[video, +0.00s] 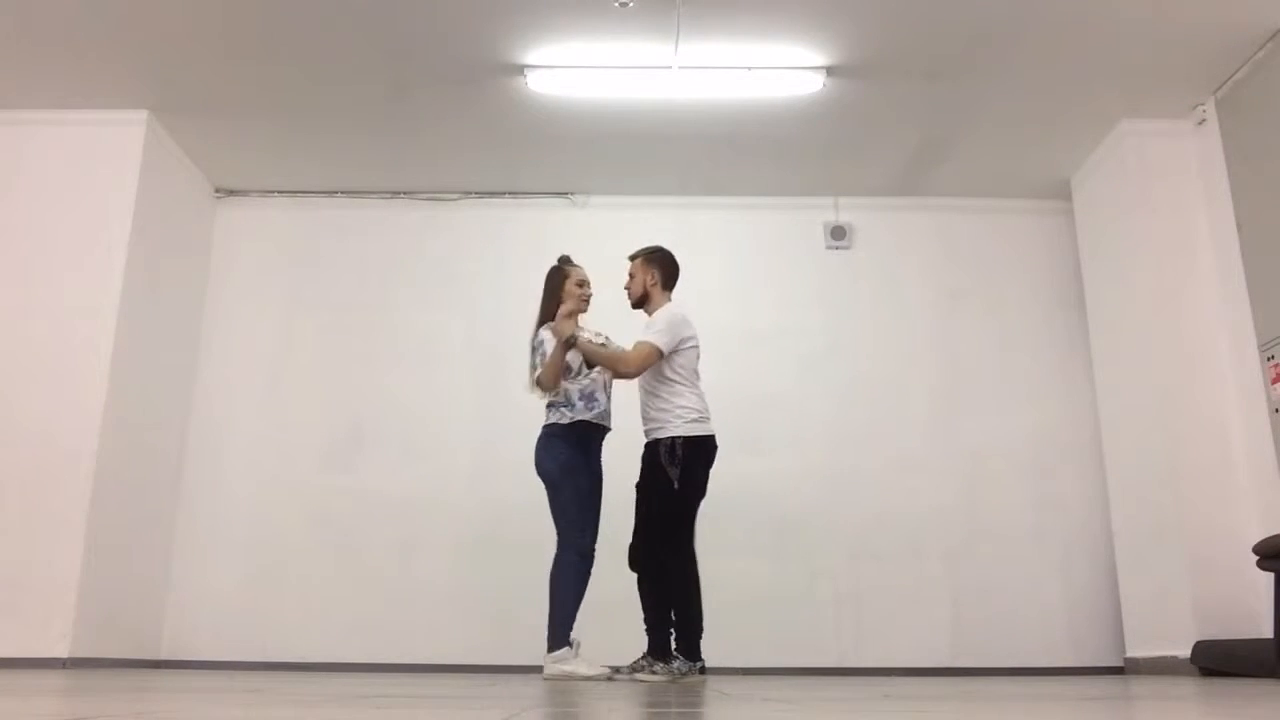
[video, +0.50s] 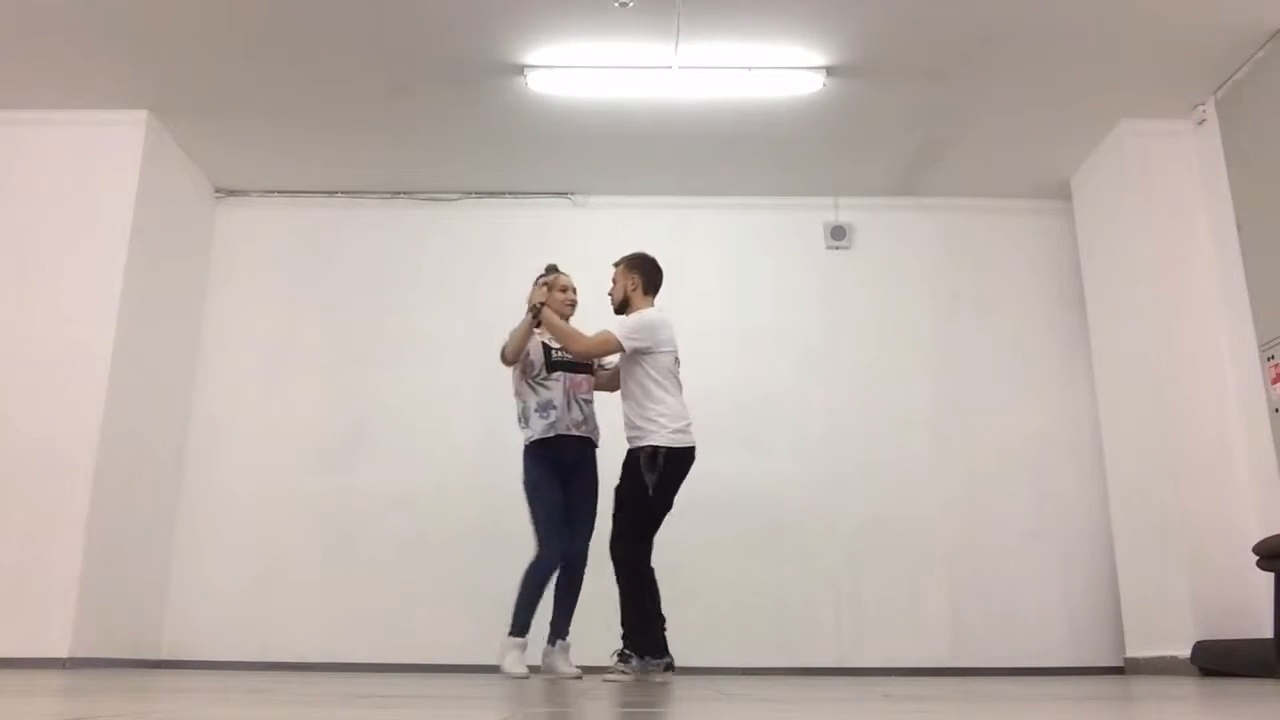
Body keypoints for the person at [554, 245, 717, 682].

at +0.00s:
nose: (625, 283)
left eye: (630, 274)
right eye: (627, 275)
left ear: (652, 276)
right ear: (653, 278)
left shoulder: (671, 318)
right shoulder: (659, 322)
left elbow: (629, 365)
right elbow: (628, 365)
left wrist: (577, 340)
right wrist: (596, 347)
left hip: (681, 444)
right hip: (668, 444)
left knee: (665, 551)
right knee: (652, 551)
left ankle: (682, 657)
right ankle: (663, 654)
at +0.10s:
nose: (619, 284)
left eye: (623, 275)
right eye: (621, 275)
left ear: (643, 277)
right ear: (648, 279)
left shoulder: (660, 320)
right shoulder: (655, 322)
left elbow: (619, 377)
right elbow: (626, 373)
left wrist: (566, 357)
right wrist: (600, 356)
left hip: (673, 447)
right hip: (664, 446)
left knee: (651, 550)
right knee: (651, 549)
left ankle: (676, 653)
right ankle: (668, 652)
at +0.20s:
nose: (615, 285)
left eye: (620, 276)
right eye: (617, 277)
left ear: (638, 279)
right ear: (645, 281)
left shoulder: (651, 323)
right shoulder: (649, 323)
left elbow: (606, 378)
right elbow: (612, 372)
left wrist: (551, 353)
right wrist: (564, 352)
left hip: (669, 445)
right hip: (664, 443)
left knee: (637, 541)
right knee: (640, 541)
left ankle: (665, 647)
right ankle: (667, 644)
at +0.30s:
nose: (611, 288)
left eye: (615, 278)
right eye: (613, 279)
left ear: (633, 280)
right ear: (642, 282)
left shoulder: (646, 323)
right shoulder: (655, 325)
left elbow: (593, 366)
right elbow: (614, 377)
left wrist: (546, 338)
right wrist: (559, 354)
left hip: (663, 443)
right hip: (667, 442)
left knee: (626, 535)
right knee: (642, 539)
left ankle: (655, 647)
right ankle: (655, 646)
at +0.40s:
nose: (610, 287)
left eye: (614, 278)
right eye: (612, 279)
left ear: (632, 280)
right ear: (641, 283)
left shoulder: (647, 322)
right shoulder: (650, 326)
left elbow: (587, 354)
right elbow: (616, 378)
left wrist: (540, 321)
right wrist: (561, 366)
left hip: (662, 445)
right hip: (662, 445)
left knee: (624, 537)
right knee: (641, 542)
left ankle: (639, 647)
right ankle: (654, 650)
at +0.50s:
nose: (610, 286)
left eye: (614, 278)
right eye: (612, 278)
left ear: (632, 280)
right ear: (641, 283)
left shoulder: (649, 322)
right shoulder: (644, 328)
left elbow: (585, 346)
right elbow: (612, 380)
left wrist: (542, 311)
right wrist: (555, 366)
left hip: (659, 448)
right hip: (653, 447)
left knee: (628, 547)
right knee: (628, 547)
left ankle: (649, 652)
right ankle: (643, 649)